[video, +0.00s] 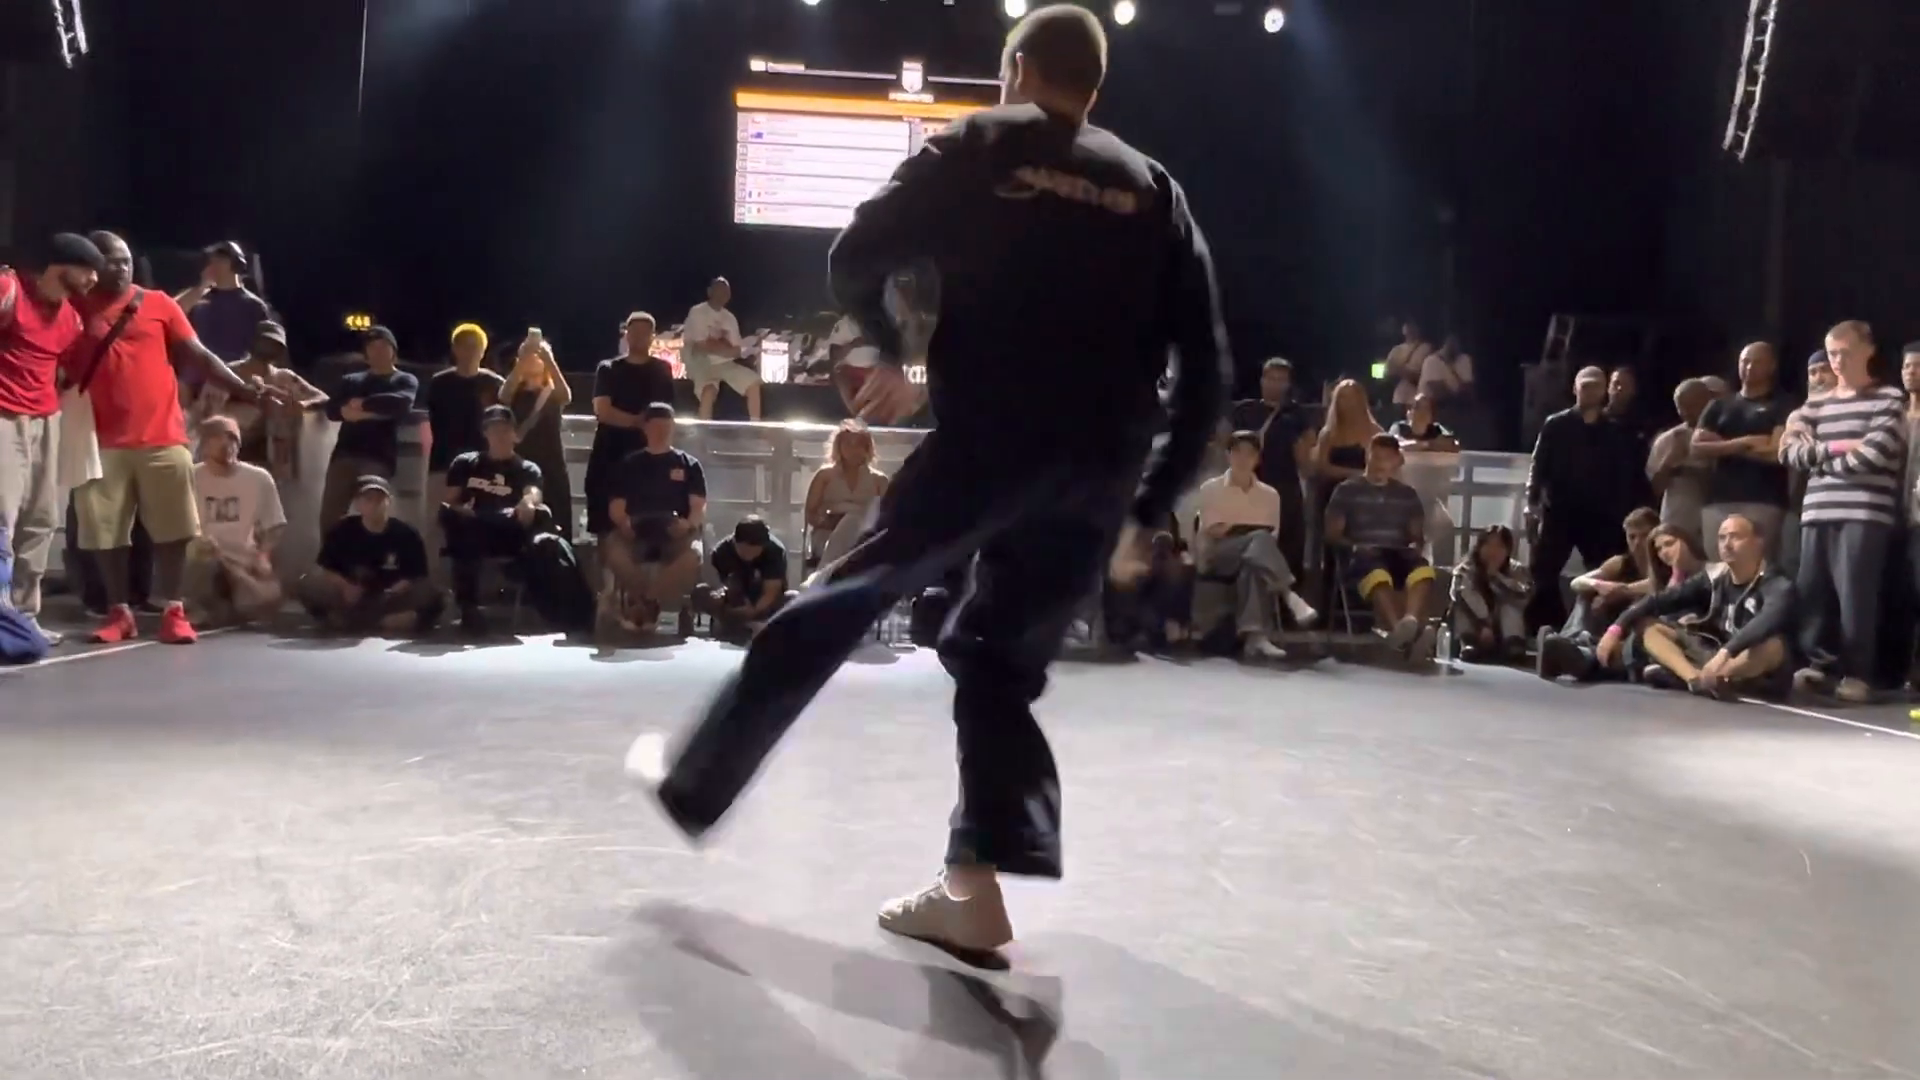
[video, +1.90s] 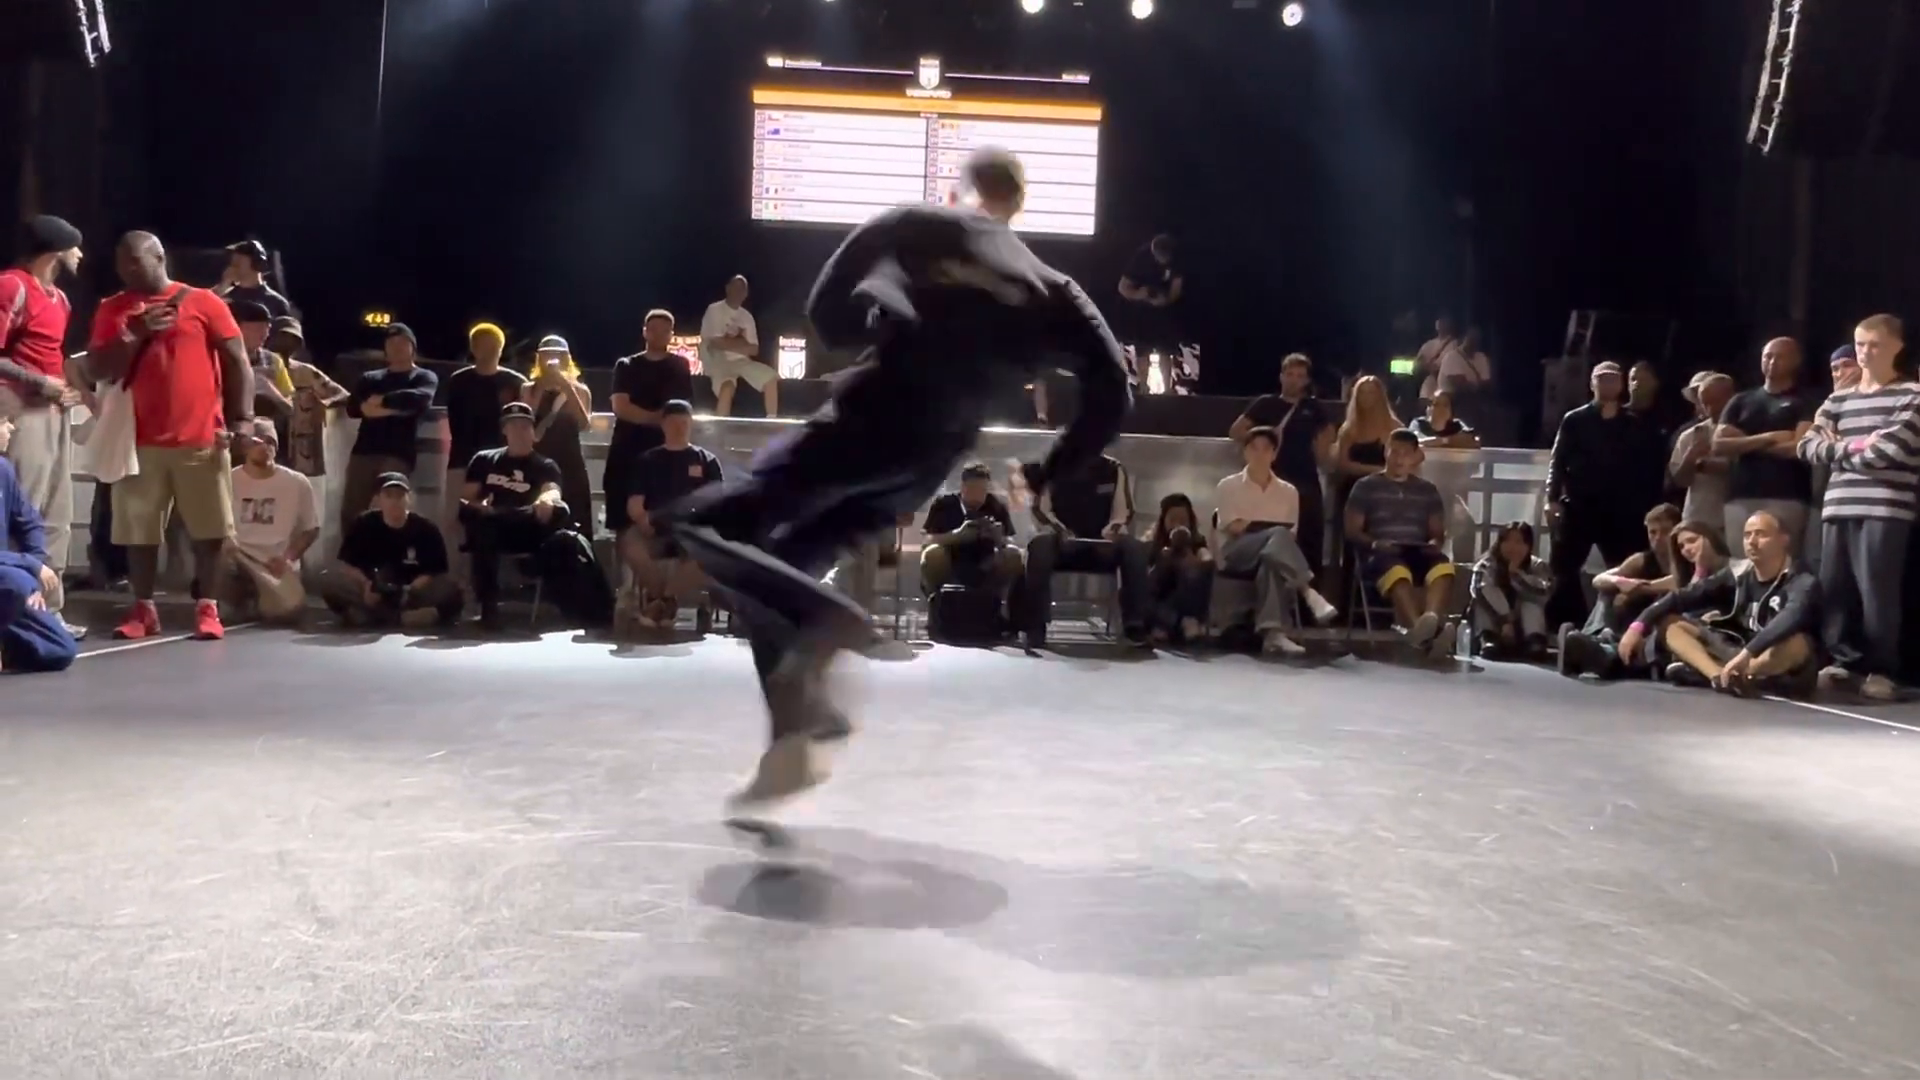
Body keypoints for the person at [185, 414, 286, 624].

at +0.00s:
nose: (228, 447)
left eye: (232, 440)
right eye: (220, 440)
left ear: (238, 444)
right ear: (205, 444)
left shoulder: (259, 479)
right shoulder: (191, 477)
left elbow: (275, 527)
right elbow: (186, 524)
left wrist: (263, 554)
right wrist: (201, 542)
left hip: (244, 560)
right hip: (206, 558)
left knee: (268, 598)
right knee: (199, 548)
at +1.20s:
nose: (255, 455)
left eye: (261, 450)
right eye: (248, 449)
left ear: (266, 455)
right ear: (234, 455)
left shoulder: (287, 491)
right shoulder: (217, 490)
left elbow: (296, 537)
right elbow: (207, 530)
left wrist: (279, 567)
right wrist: (218, 549)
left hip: (268, 567)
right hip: (230, 562)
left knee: (278, 617)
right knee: (214, 570)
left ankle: (248, 608)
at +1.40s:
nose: (258, 456)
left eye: (264, 450)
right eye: (251, 450)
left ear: (269, 455)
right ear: (237, 455)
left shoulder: (291, 490)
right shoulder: (222, 489)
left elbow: (304, 536)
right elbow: (210, 531)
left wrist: (281, 566)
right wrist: (222, 551)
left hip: (271, 570)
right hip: (233, 565)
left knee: (279, 617)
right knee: (220, 555)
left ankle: (252, 609)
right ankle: (216, 615)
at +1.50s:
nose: (259, 454)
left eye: (265, 449)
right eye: (252, 449)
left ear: (270, 454)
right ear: (238, 454)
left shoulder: (292, 488)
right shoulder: (224, 487)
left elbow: (306, 535)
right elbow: (212, 527)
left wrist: (281, 565)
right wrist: (222, 550)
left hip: (272, 568)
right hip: (234, 563)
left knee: (280, 616)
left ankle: (253, 605)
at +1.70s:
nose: (262, 452)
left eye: (268, 446)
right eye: (255, 445)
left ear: (273, 451)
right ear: (240, 449)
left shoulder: (294, 486)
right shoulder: (226, 483)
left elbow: (308, 530)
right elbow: (215, 524)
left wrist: (283, 562)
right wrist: (224, 548)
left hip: (273, 565)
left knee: (284, 612)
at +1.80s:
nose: (264, 451)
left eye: (270, 445)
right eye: (255, 445)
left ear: (275, 449)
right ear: (242, 448)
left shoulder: (297, 485)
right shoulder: (228, 482)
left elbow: (311, 530)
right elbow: (217, 523)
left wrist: (286, 561)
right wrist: (225, 545)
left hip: (275, 565)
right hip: (238, 560)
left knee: (288, 610)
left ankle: (249, 606)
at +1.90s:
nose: (266, 447)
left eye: (271, 441)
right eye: (258, 440)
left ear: (276, 446)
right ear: (244, 445)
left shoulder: (297, 483)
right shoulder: (228, 480)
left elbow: (311, 528)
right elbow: (216, 519)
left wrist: (287, 558)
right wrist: (226, 546)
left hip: (276, 563)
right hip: (238, 559)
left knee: (289, 608)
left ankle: (250, 604)